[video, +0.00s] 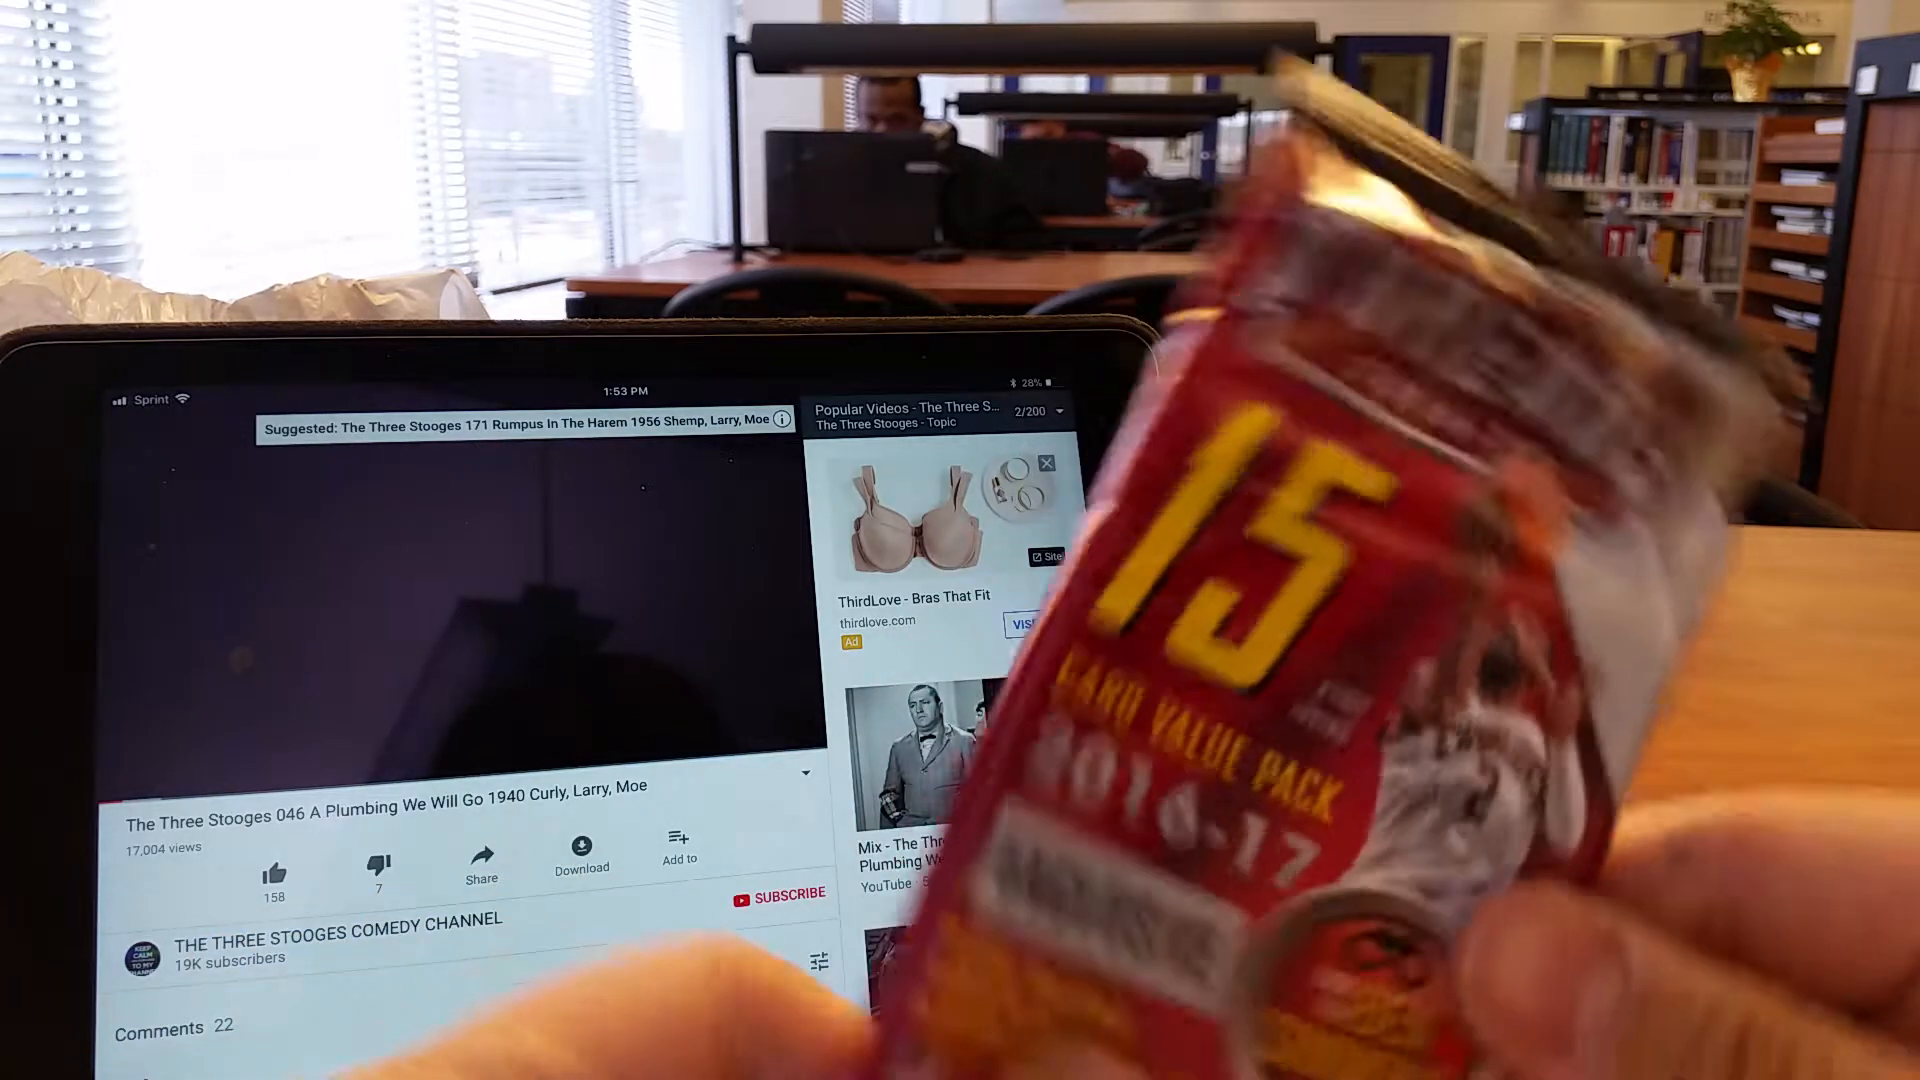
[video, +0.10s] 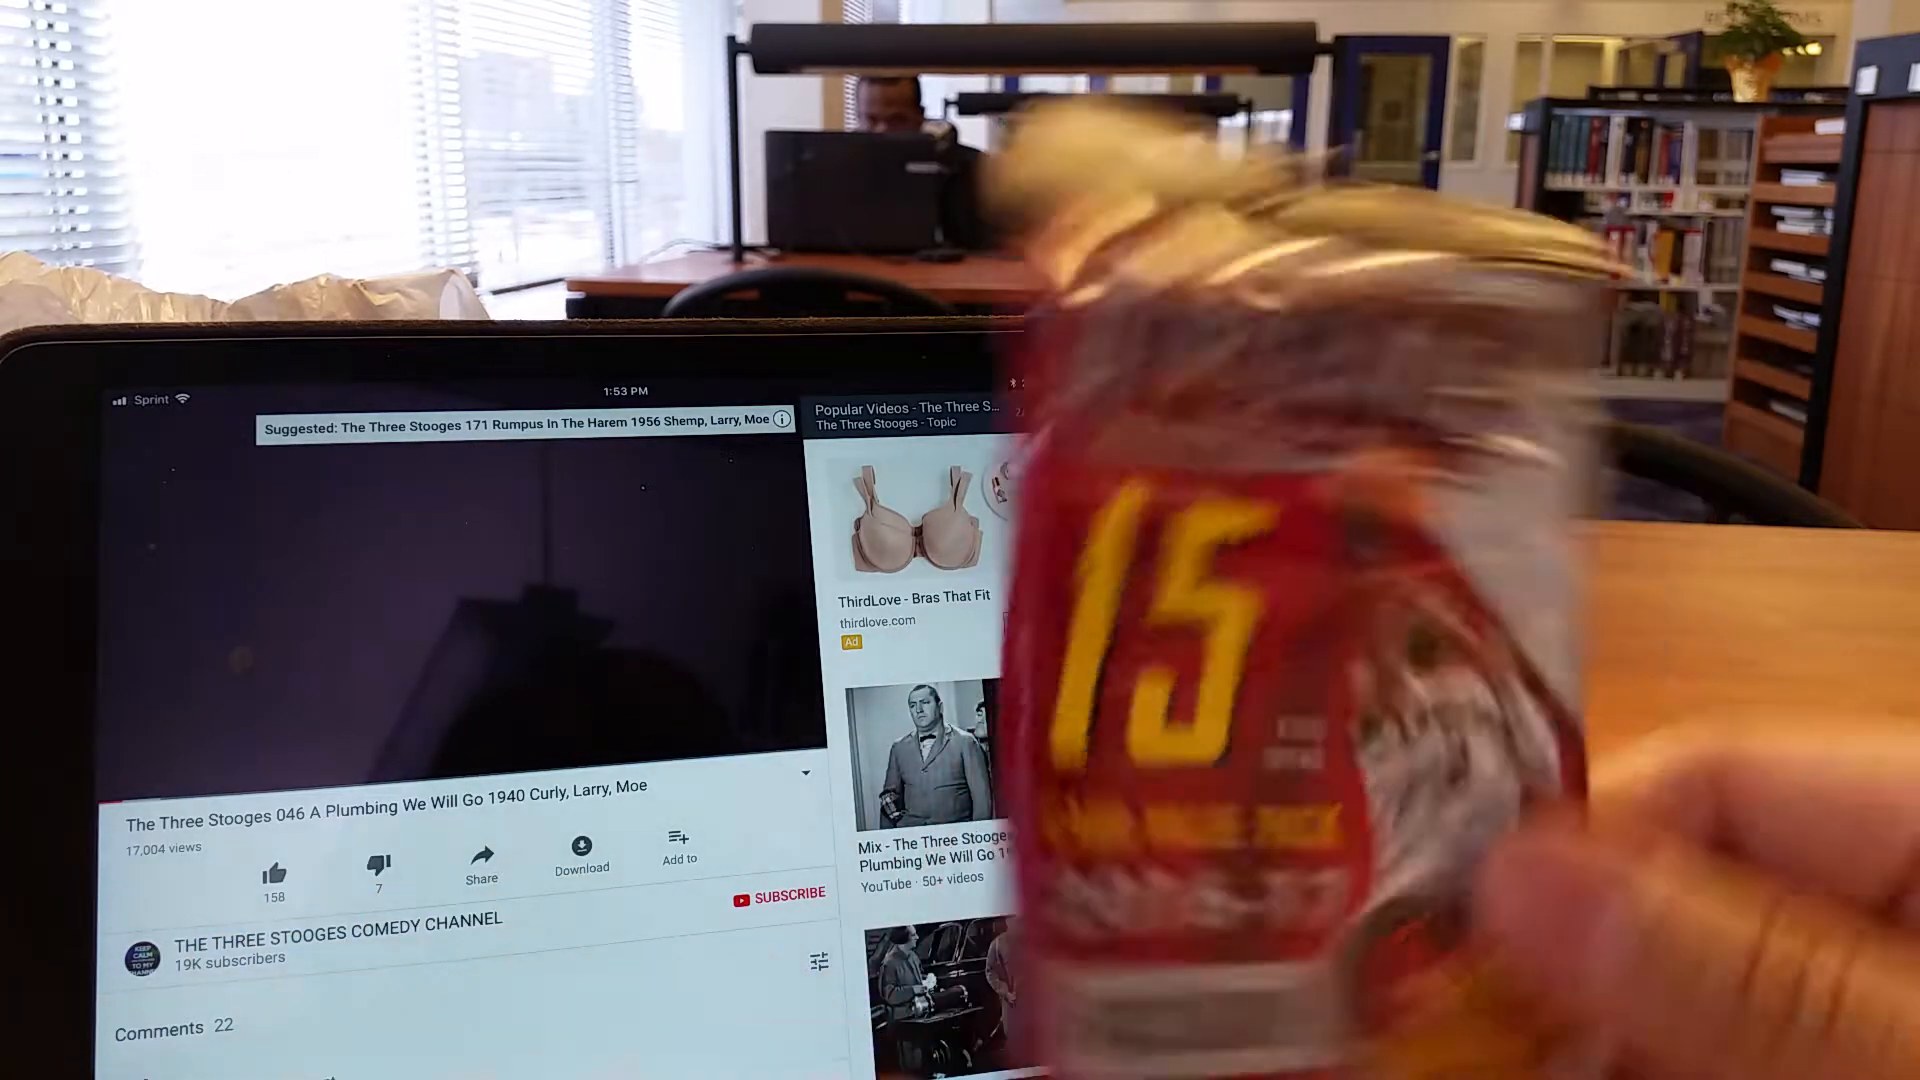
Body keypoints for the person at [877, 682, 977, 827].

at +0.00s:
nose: (919, 710)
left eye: (925, 703)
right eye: (913, 705)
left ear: (940, 707)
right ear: (910, 712)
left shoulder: (964, 742)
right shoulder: (899, 748)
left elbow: (974, 787)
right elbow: (890, 793)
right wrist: (901, 821)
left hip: (953, 826)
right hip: (911, 830)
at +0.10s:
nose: (919, 709)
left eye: (925, 703)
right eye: (913, 705)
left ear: (940, 707)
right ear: (909, 711)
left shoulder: (964, 742)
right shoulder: (899, 748)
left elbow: (981, 796)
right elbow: (890, 796)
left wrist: (978, 836)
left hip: (955, 832)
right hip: (911, 835)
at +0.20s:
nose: (919, 709)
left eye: (925, 703)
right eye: (913, 705)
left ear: (940, 707)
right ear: (909, 711)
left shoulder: (964, 742)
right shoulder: (899, 749)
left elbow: (981, 796)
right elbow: (890, 796)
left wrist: (978, 835)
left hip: (956, 833)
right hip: (911, 836)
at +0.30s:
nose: (919, 709)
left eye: (925, 703)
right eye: (913, 705)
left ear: (940, 707)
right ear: (909, 711)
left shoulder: (964, 742)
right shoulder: (899, 748)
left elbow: (981, 795)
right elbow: (890, 796)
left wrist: (978, 834)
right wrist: (886, 839)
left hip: (956, 833)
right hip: (911, 836)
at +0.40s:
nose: (919, 709)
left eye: (925, 703)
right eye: (913, 705)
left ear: (940, 707)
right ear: (909, 711)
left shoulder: (964, 742)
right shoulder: (899, 748)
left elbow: (981, 795)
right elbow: (890, 795)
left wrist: (978, 835)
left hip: (956, 833)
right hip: (911, 836)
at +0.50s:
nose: (919, 710)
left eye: (925, 703)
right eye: (913, 705)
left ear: (940, 707)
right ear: (909, 711)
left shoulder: (964, 742)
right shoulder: (899, 748)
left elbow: (980, 793)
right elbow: (890, 795)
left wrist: (979, 833)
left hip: (956, 832)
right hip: (912, 836)